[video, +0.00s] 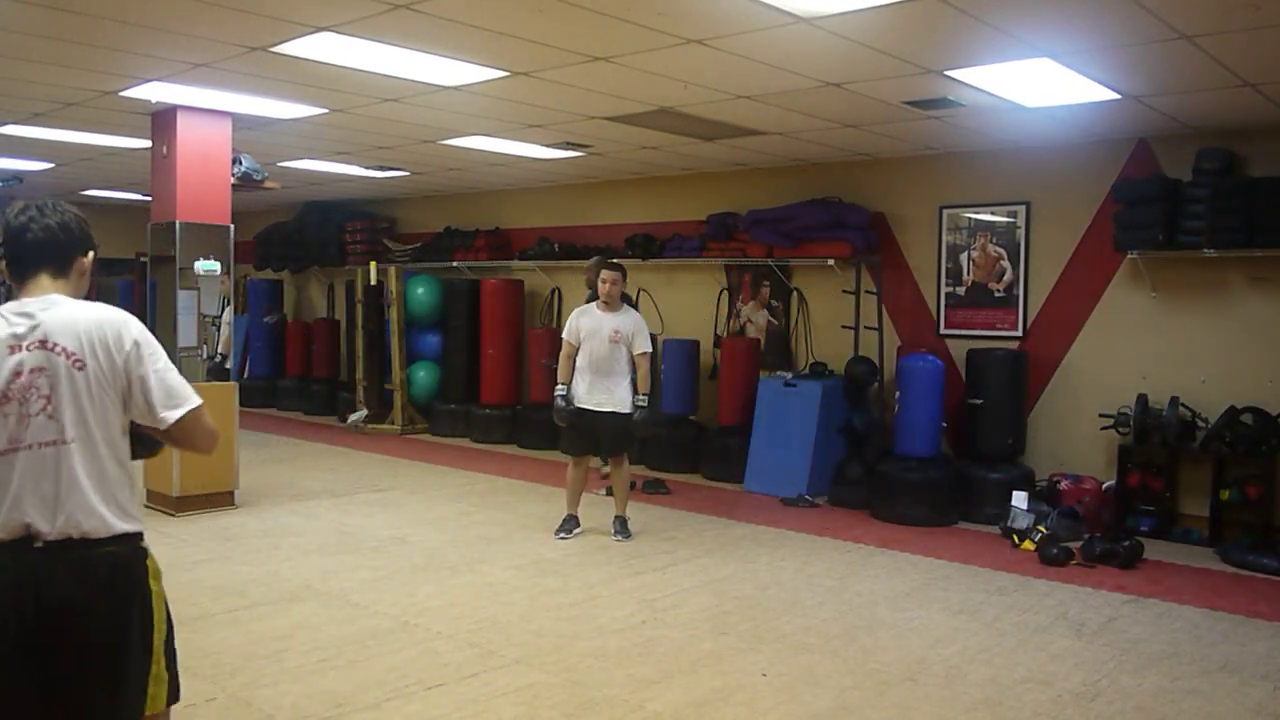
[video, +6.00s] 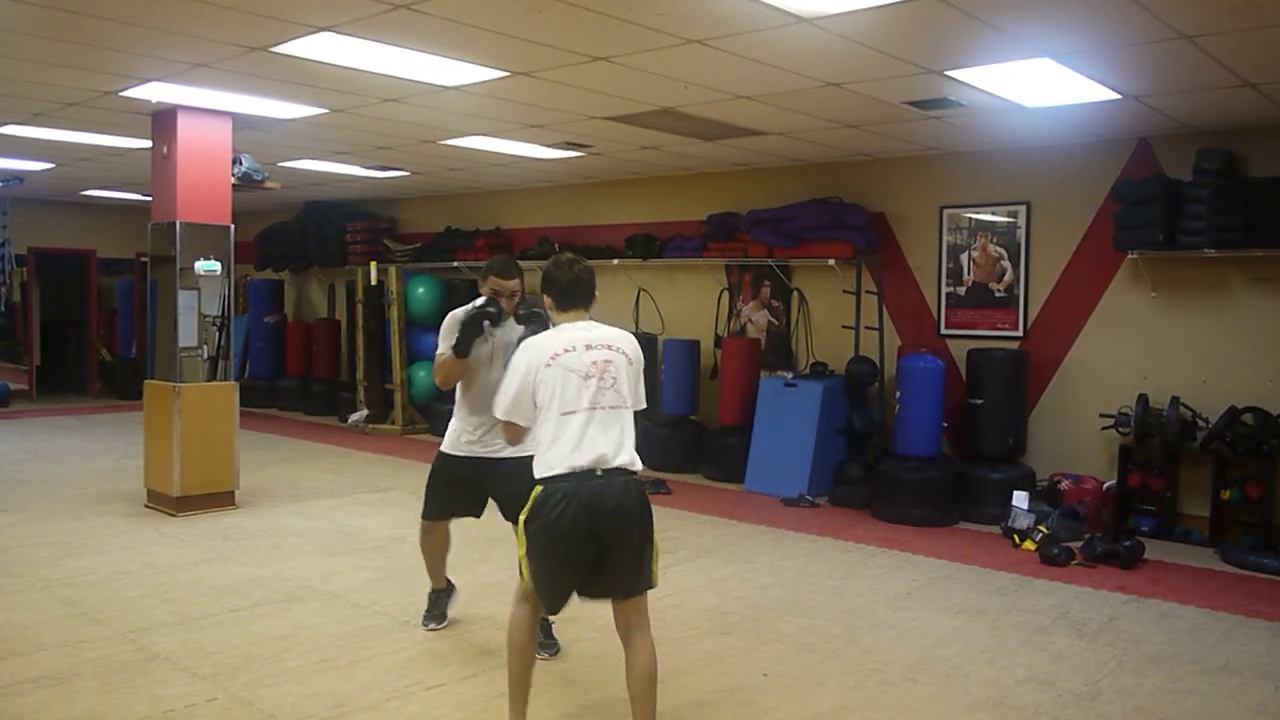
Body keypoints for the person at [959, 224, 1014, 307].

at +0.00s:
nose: (982, 241)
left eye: (986, 237)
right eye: (980, 237)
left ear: (990, 237)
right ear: (976, 237)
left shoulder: (999, 253)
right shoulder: (971, 252)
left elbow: (1009, 272)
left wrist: (1000, 286)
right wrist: (967, 277)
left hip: (989, 288)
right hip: (974, 287)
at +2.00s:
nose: (983, 240)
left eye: (986, 236)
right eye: (980, 236)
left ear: (990, 237)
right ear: (976, 238)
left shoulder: (999, 252)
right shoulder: (972, 253)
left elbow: (1009, 271)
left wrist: (1002, 285)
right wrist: (967, 279)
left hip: (990, 288)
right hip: (975, 286)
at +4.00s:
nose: (983, 241)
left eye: (985, 237)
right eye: (979, 237)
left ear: (990, 237)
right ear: (975, 237)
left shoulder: (998, 252)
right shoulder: (971, 253)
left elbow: (1009, 272)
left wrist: (1000, 286)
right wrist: (966, 279)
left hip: (992, 288)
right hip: (975, 287)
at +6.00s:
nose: (983, 241)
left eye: (986, 237)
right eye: (980, 237)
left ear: (990, 238)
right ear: (976, 238)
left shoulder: (999, 253)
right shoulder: (972, 252)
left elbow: (1010, 272)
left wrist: (1001, 286)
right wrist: (967, 278)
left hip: (991, 288)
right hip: (976, 286)